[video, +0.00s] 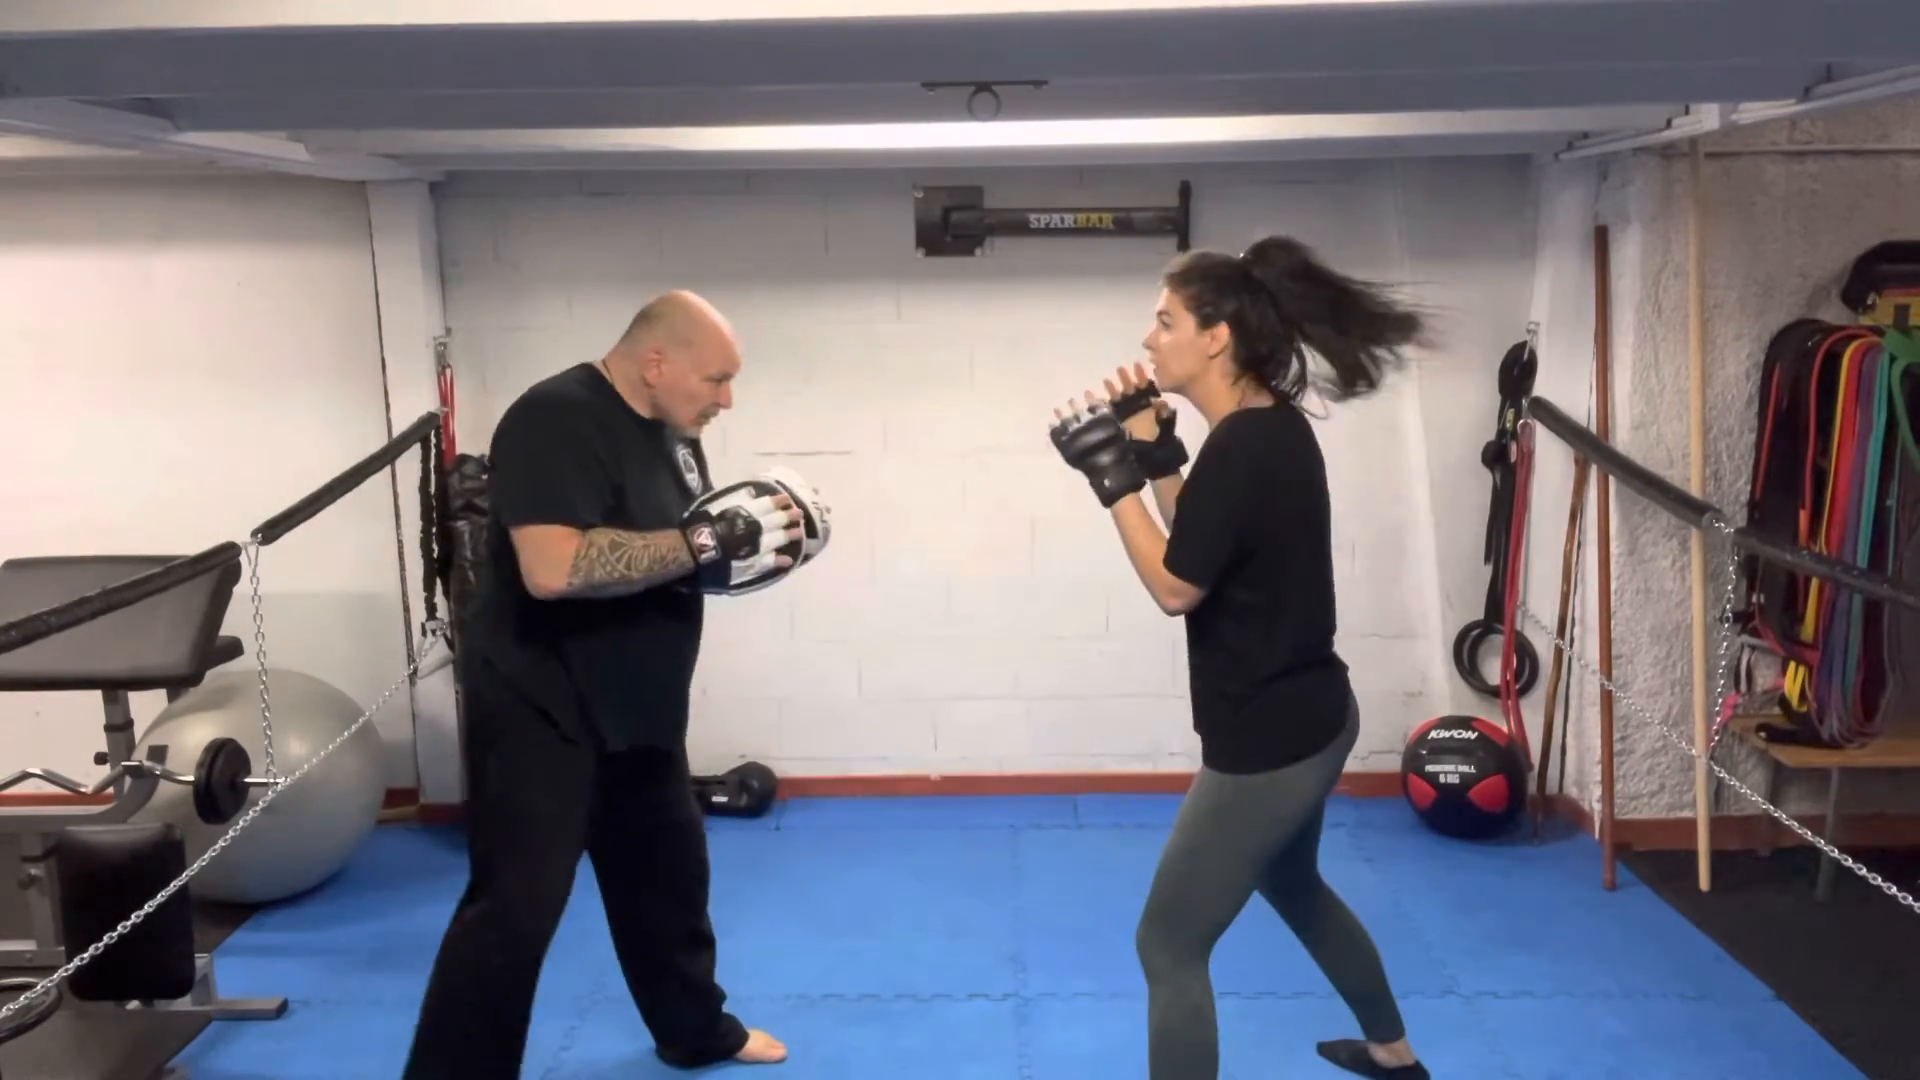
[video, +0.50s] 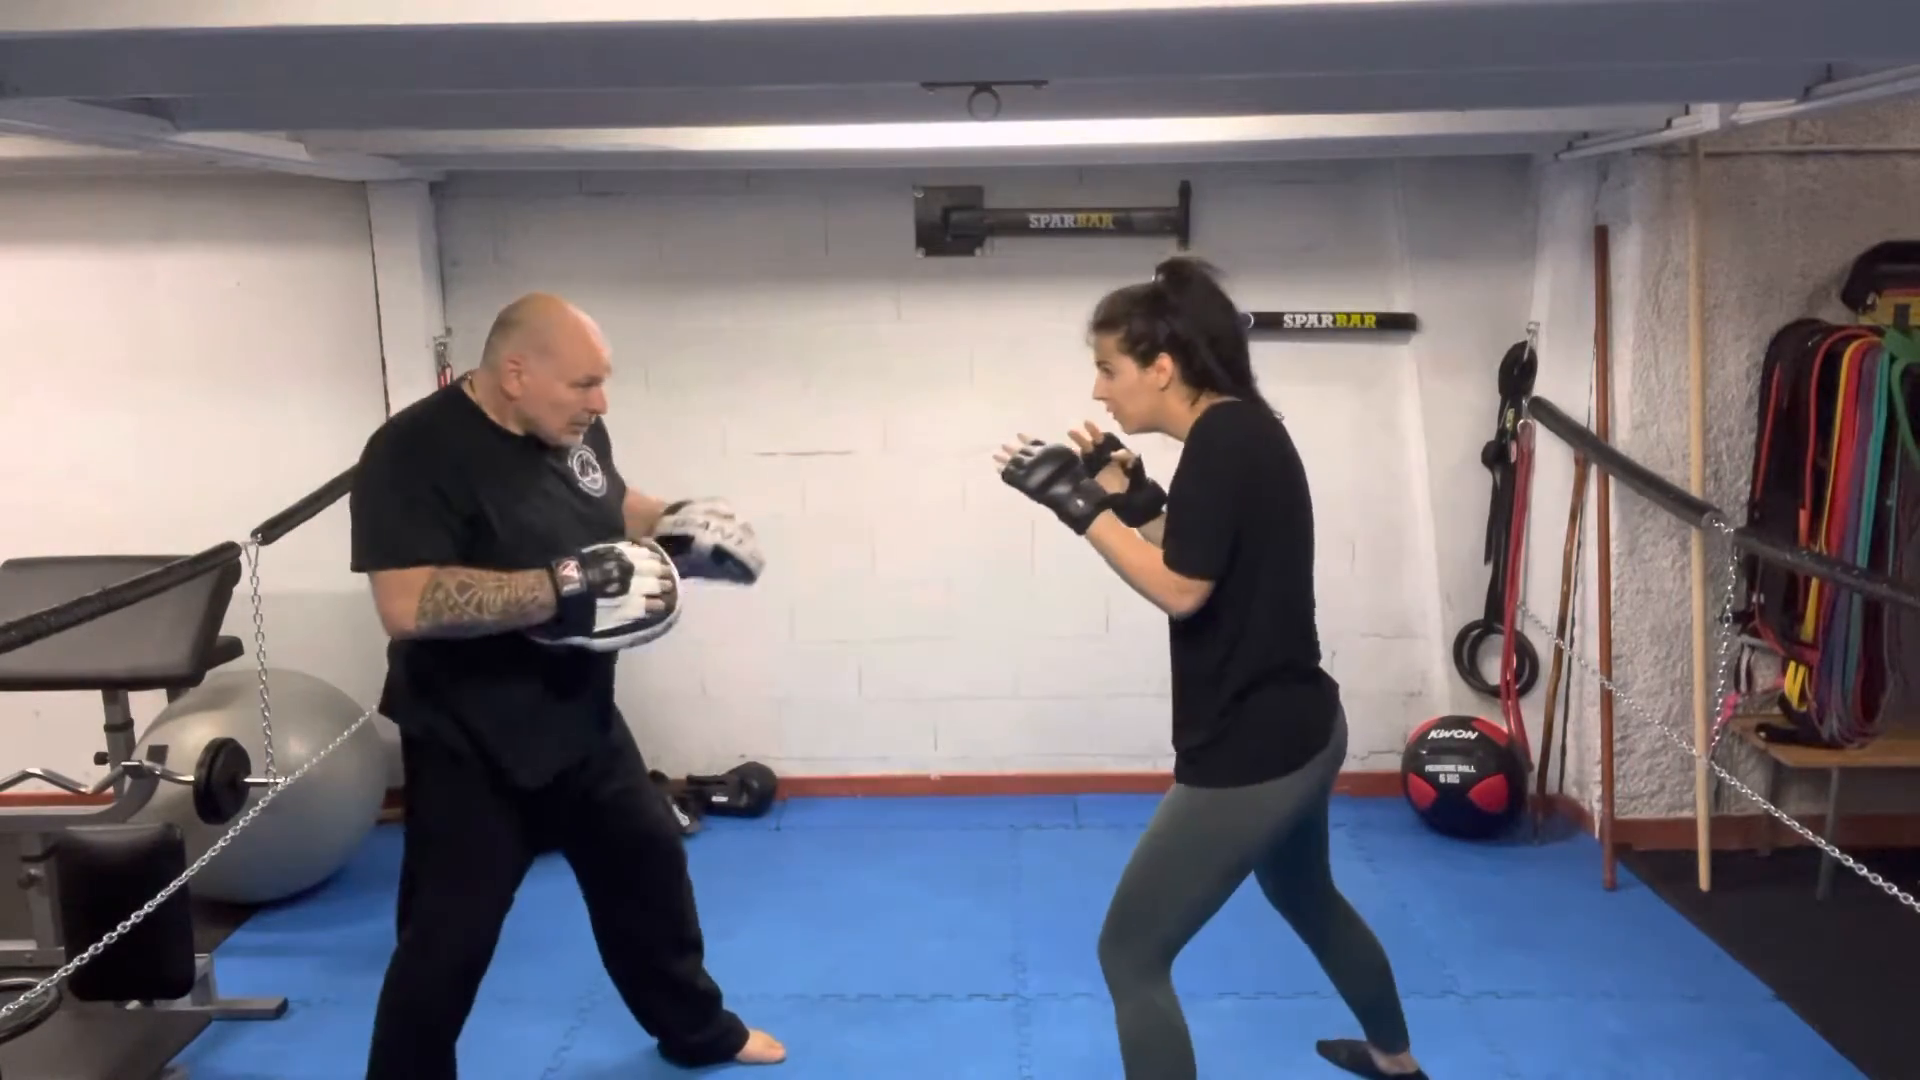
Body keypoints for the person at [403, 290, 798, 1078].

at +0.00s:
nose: (725, 401)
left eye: (729, 383)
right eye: (716, 381)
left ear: (662, 365)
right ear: (656, 361)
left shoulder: (662, 437)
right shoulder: (549, 420)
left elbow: (674, 562)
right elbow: (551, 568)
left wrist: (761, 544)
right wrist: (697, 541)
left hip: (634, 710)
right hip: (534, 714)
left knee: (665, 876)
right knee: (516, 903)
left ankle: (694, 1031)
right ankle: (451, 1072)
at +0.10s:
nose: (698, 401)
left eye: (700, 382)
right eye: (686, 381)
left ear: (631, 370)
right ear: (623, 366)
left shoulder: (639, 439)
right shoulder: (522, 429)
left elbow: (645, 570)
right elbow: (534, 579)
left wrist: (728, 559)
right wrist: (683, 549)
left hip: (624, 718)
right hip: (520, 725)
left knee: (660, 881)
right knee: (485, 916)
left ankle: (694, 1032)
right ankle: (409, 1074)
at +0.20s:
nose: (659, 408)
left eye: (661, 389)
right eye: (646, 389)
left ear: (589, 375)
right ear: (582, 374)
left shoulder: (610, 445)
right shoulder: (479, 449)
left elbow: (650, 545)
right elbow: (502, 600)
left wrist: (720, 555)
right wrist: (657, 570)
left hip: (609, 728)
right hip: (496, 742)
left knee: (660, 868)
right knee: (456, 937)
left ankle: (693, 1030)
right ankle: (405, 1072)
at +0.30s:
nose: (625, 410)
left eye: (628, 391)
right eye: (612, 391)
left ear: (555, 382)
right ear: (544, 380)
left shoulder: (588, 447)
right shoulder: (438, 460)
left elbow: (610, 549)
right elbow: (461, 617)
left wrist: (681, 564)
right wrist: (622, 586)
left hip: (592, 730)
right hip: (477, 747)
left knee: (660, 863)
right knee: (451, 945)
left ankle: (694, 1030)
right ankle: (411, 1074)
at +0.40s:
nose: (605, 406)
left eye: (608, 386)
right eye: (590, 386)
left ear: (532, 378)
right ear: (522, 376)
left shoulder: (572, 443)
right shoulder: (416, 458)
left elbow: (601, 535)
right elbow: (423, 616)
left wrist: (668, 559)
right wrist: (591, 587)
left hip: (581, 731)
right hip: (471, 747)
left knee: (651, 868)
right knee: (447, 949)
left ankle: (694, 1029)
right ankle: (409, 1071)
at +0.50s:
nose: (600, 403)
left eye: (602, 383)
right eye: (584, 384)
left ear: (527, 375)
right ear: (516, 374)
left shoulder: (570, 432)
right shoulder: (409, 451)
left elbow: (608, 510)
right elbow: (404, 604)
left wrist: (680, 521)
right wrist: (566, 581)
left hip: (580, 728)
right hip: (468, 746)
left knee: (647, 865)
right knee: (444, 947)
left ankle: (692, 1028)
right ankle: (407, 1071)